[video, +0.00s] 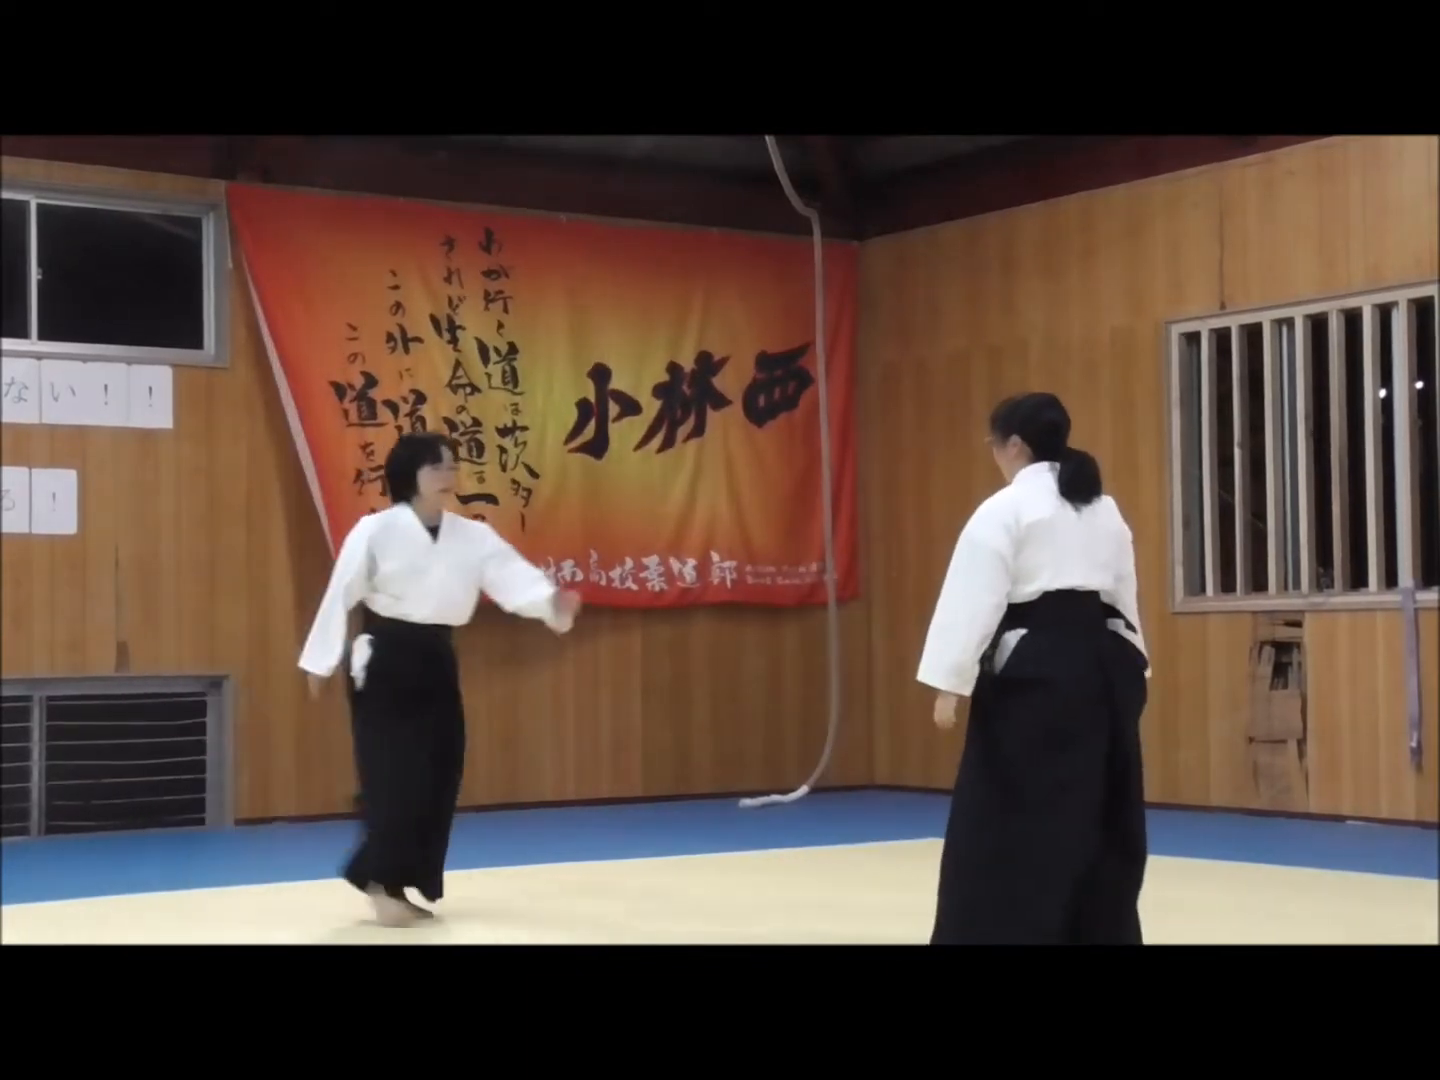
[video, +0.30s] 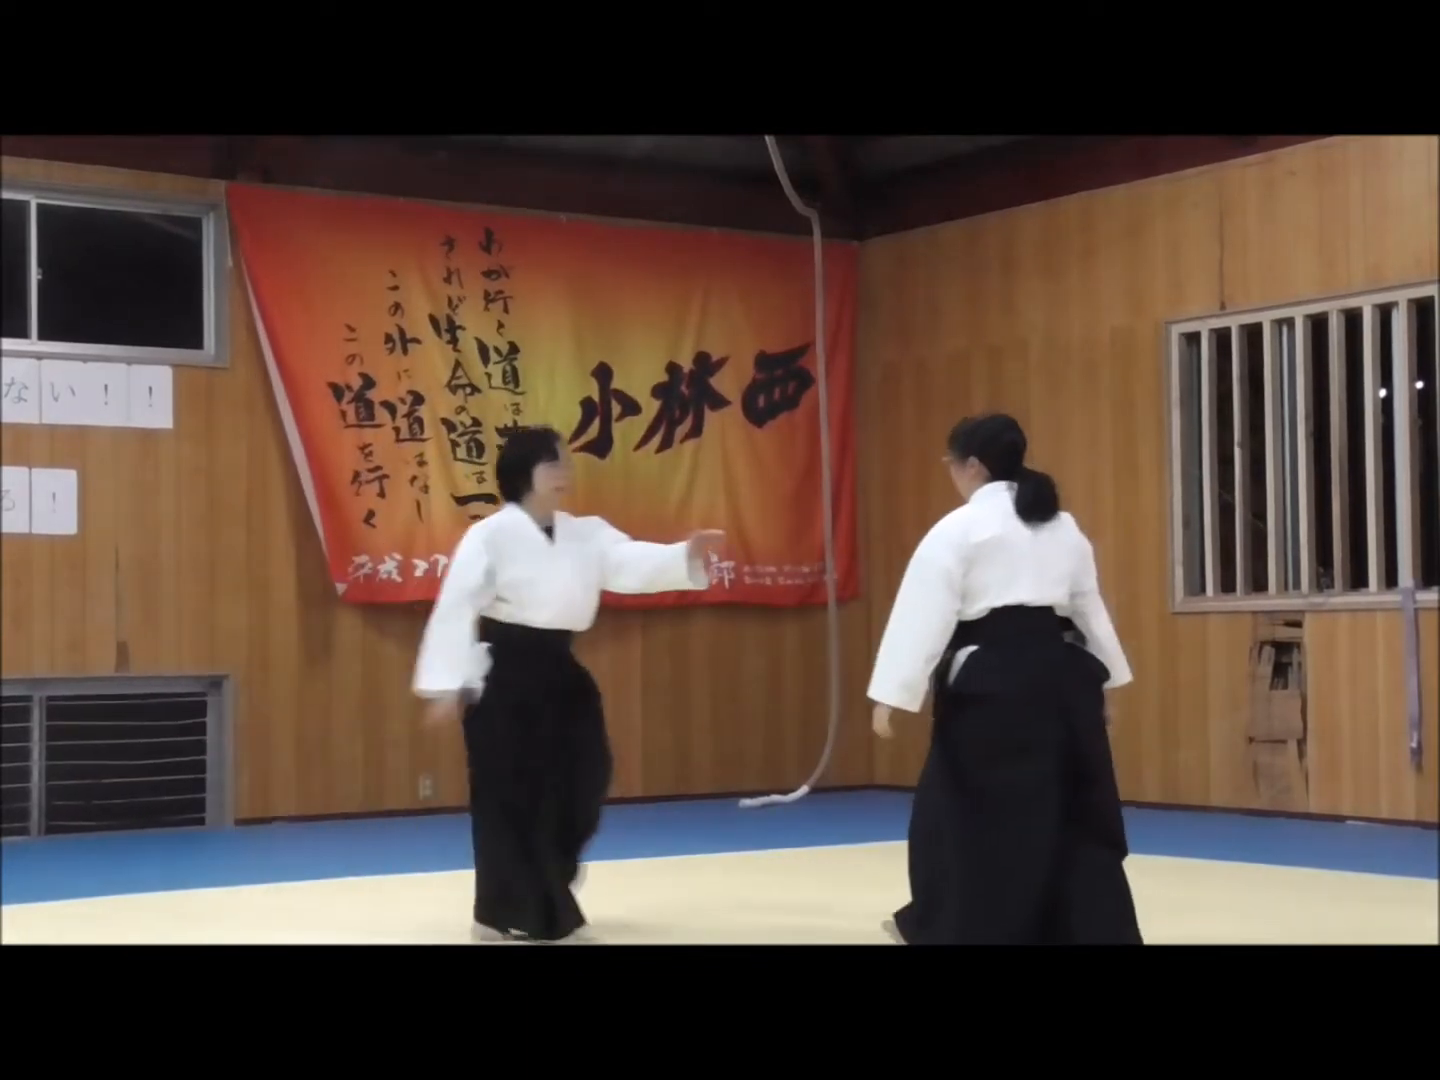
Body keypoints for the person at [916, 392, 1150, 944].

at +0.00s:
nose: (996, 456)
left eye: (997, 446)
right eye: (994, 447)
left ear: (1018, 445)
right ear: (1058, 442)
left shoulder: (1004, 511)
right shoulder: (1105, 509)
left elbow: (974, 601)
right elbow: (1126, 599)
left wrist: (952, 682)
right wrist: (1136, 667)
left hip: (1032, 671)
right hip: (1106, 668)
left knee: (1013, 808)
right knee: (1097, 810)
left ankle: (1010, 929)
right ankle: (1095, 931)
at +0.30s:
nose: (951, 476)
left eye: (954, 465)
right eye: (951, 465)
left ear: (975, 466)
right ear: (1011, 463)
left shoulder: (956, 530)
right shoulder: (1061, 525)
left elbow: (921, 616)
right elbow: (1090, 610)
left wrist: (890, 691)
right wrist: (1106, 684)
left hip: (987, 682)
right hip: (1063, 678)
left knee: (962, 803)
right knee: (1068, 806)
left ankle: (948, 919)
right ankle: (1078, 923)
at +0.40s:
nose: (923, 476)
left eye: (926, 466)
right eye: (923, 466)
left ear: (947, 469)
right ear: (983, 467)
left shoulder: (928, 534)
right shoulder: (1032, 529)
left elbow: (891, 618)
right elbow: (1059, 612)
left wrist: (859, 691)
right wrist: (1072, 678)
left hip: (960, 682)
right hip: (1035, 676)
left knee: (955, 809)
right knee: (1058, 803)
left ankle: (957, 928)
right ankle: (1087, 921)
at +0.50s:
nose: (897, 477)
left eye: (899, 467)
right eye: (897, 467)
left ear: (917, 469)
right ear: (956, 466)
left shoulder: (903, 533)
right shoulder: (1004, 526)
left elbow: (865, 613)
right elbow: (1021, 608)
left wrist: (831, 685)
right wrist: (1034, 668)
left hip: (935, 675)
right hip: (1009, 669)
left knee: (934, 802)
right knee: (1029, 791)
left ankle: (940, 927)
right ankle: (1069, 907)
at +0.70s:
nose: (856, 483)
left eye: (859, 472)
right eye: (855, 472)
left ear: (884, 470)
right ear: (906, 469)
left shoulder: (888, 529)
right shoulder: (952, 517)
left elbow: (850, 610)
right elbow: (944, 599)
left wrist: (812, 660)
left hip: (910, 673)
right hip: (963, 668)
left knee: (898, 801)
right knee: (959, 799)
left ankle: (909, 926)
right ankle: (985, 922)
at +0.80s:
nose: (846, 487)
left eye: (852, 475)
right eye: (846, 476)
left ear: (876, 473)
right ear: (892, 473)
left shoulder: (889, 528)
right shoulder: (915, 516)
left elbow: (867, 615)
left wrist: (839, 676)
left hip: (912, 667)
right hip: (948, 662)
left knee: (907, 797)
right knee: (947, 796)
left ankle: (925, 921)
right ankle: (966, 918)